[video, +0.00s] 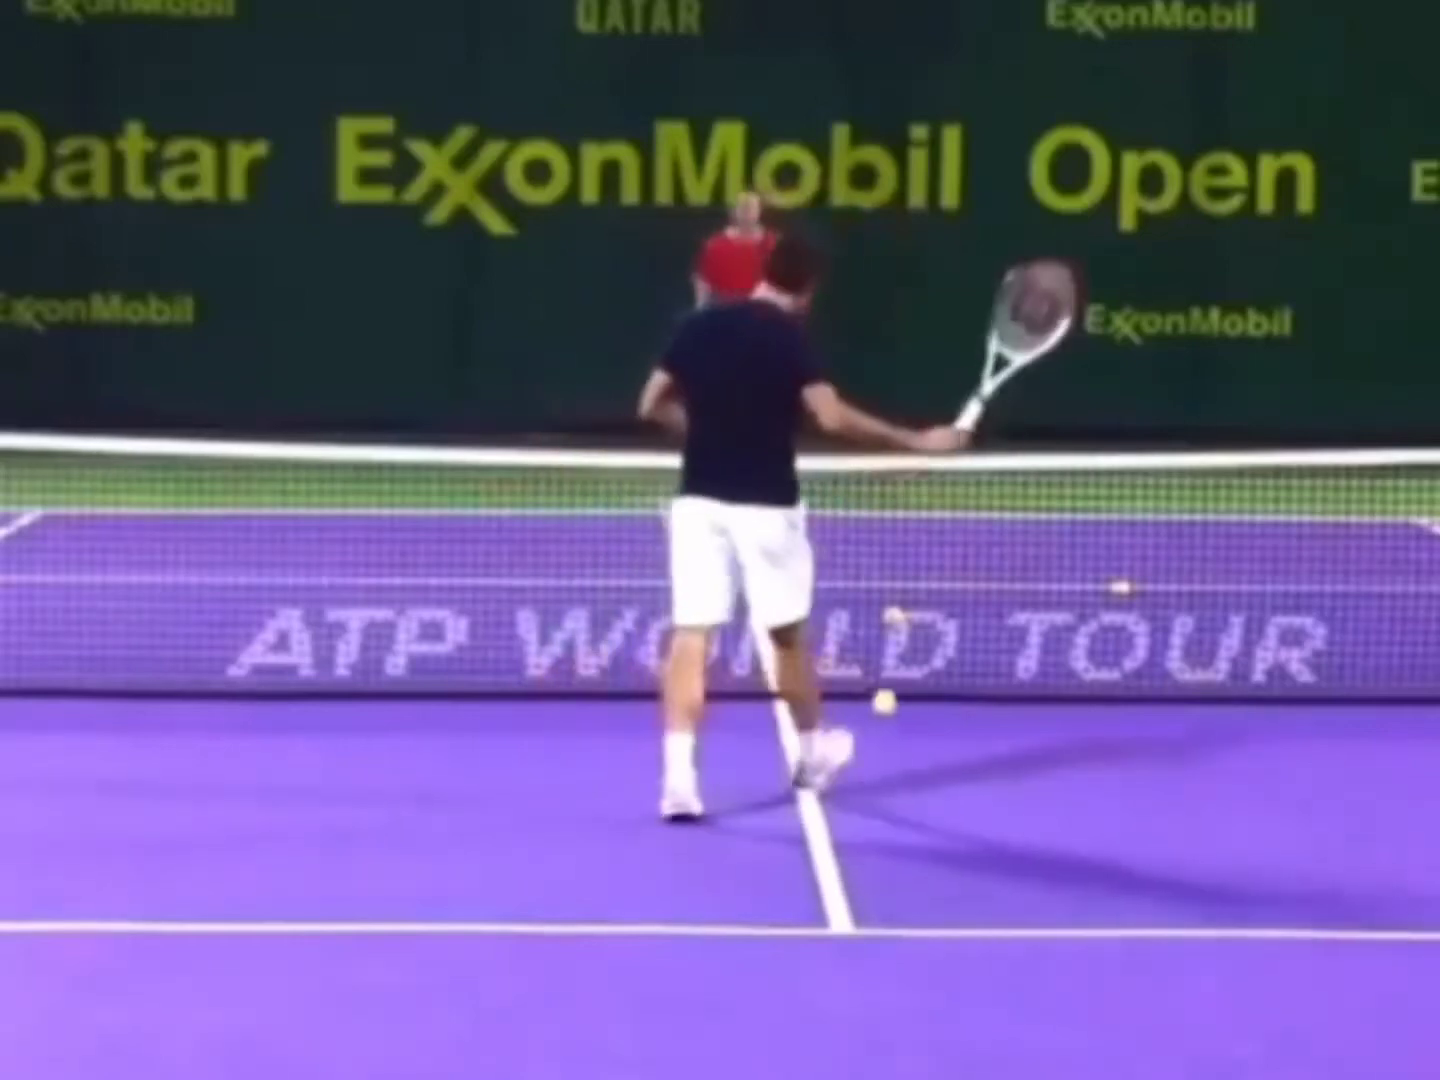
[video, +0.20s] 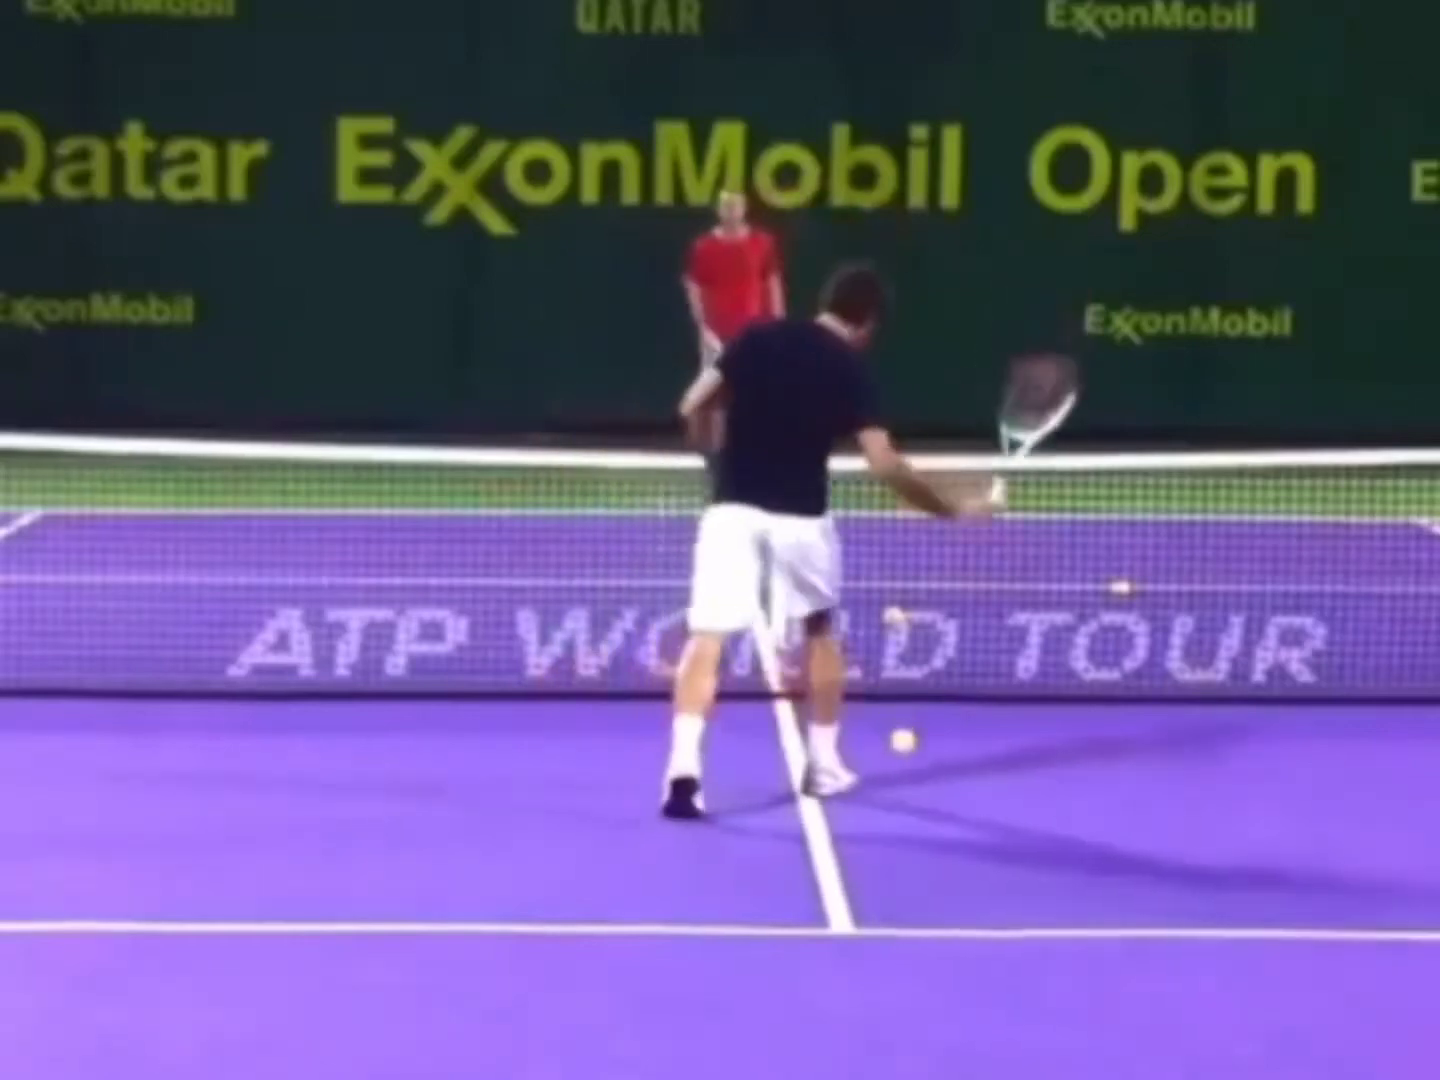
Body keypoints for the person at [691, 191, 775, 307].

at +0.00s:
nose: (749, 215)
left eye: (753, 210)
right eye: (744, 210)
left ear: (759, 213)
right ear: (735, 213)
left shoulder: (770, 242)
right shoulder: (716, 244)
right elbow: (702, 279)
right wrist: (702, 310)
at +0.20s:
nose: (731, 211)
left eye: (736, 205)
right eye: (726, 205)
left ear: (744, 209)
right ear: (719, 210)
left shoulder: (762, 242)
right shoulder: (704, 246)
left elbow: (773, 281)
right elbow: (693, 288)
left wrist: (777, 320)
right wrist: (704, 331)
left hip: (754, 333)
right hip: (718, 334)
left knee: (755, 394)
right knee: (716, 396)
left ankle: (756, 455)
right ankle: (717, 454)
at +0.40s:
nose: (727, 211)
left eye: (732, 204)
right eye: (722, 204)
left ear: (741, 208)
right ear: (714, 209)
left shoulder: (759, 242)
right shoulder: (700, 246)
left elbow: (770, 277)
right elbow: (688, 284)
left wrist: (770, 317)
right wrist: (705, 324)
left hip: (752, 330)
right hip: (717, 330)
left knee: (753, 394)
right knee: (712, 391)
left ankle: (754, 442)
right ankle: (709, 433)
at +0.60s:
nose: (728, 211)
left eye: (733, 204)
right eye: (723, 205)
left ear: (741, 208)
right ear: (715, 209)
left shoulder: (761, 242)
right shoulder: (701, 245)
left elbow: (772, 280)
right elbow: (687, 285)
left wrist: (761, 321)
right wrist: (708, 323)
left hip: (751, 333)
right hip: (716, 334)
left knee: (758, 402)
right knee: (713, 400)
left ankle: (760, 458)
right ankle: (712, 458)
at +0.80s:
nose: (738, 211)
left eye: (743, 205)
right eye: (733, 206)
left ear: (752, 209)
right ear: (725, 210)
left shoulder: (769, 244)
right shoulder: (710, 245)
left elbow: (780, 280)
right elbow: (695, 283)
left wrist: (769, 318)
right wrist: (714, 322)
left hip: (758, 331)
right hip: (723, 331)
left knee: (762, 396)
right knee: (717, 397)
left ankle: (761, 453)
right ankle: (715, 456)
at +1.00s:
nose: (755, 212)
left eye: (760, 205)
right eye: (750, 206)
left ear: (768, 209)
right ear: (741, 210)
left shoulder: (784, 245)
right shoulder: (725, 244)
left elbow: (794, 282)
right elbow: (709, 281)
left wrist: (780, 318)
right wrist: (725, 321)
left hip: (768, 331)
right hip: (734, 330)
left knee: (769, 395)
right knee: (725, 394)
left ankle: (761, 446)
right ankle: (718, 450)